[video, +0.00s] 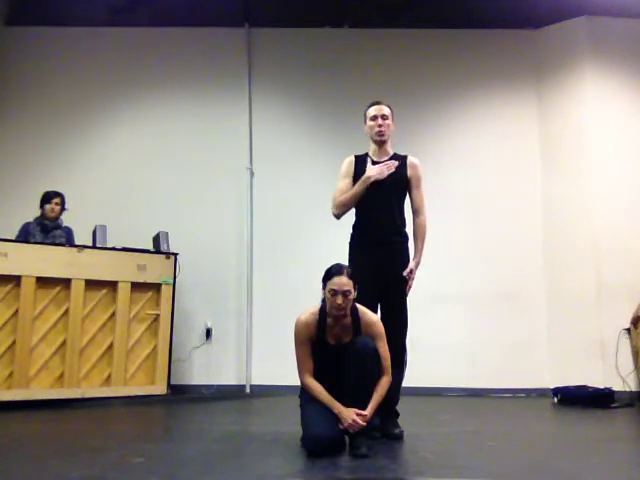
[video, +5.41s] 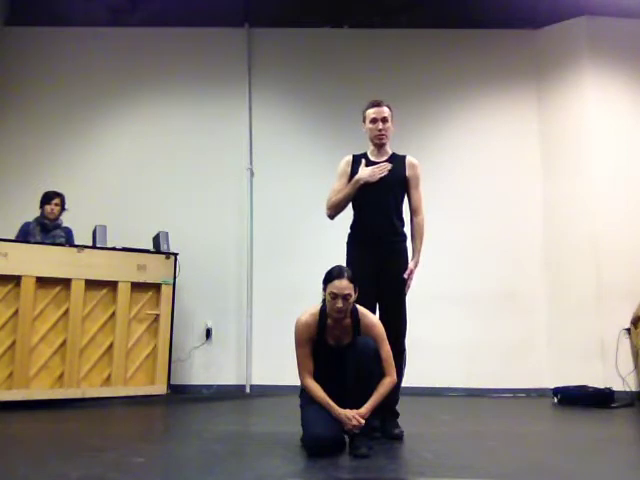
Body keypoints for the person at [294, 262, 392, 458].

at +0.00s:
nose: (339, 301)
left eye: (346, 294)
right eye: (333, 294)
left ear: (354, 294)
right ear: (324, 292)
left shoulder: (371, 323)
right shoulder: (306, 324)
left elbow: (386, 375)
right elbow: (306, 378)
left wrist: (367, 413)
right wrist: (341, 411)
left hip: (355, 392)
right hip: (320, 392)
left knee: (365, 347)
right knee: (321, 445)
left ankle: (359, 432)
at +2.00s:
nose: (340, 302)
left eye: (347, 295)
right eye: (334, 295)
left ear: (356, 294)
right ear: (325, 292)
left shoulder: (371, 323)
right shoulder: (307, 323)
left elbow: (387, 375)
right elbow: (306, 378)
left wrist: (366, 413)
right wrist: (341, 411)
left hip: (356, 393)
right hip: (321, 394)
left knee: (365, 347)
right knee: (322, 444)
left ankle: (360, 433)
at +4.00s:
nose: (339, 304)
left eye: (346, 297)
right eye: (333, 296)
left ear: (354, 295)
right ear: (323, 293)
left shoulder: (369, 323)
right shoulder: (306, 324)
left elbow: (391, 377)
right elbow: (306, 378)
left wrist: (362, 413)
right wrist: (338, 413)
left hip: (355, 392)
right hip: (320, 394)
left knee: (365, 347)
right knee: (321, 444)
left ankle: (360, 433)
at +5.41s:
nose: (339, 305)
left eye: (346, 298)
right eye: (333, 297)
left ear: (355, 295)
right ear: (324, 293)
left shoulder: (370, 323)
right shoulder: (307, 324)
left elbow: (391, 377)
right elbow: (306, 378)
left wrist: (363, 413)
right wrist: (338, 413)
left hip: (356, 392)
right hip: (321, 394)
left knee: (365, 347)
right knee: (321, 445)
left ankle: (360, 433)